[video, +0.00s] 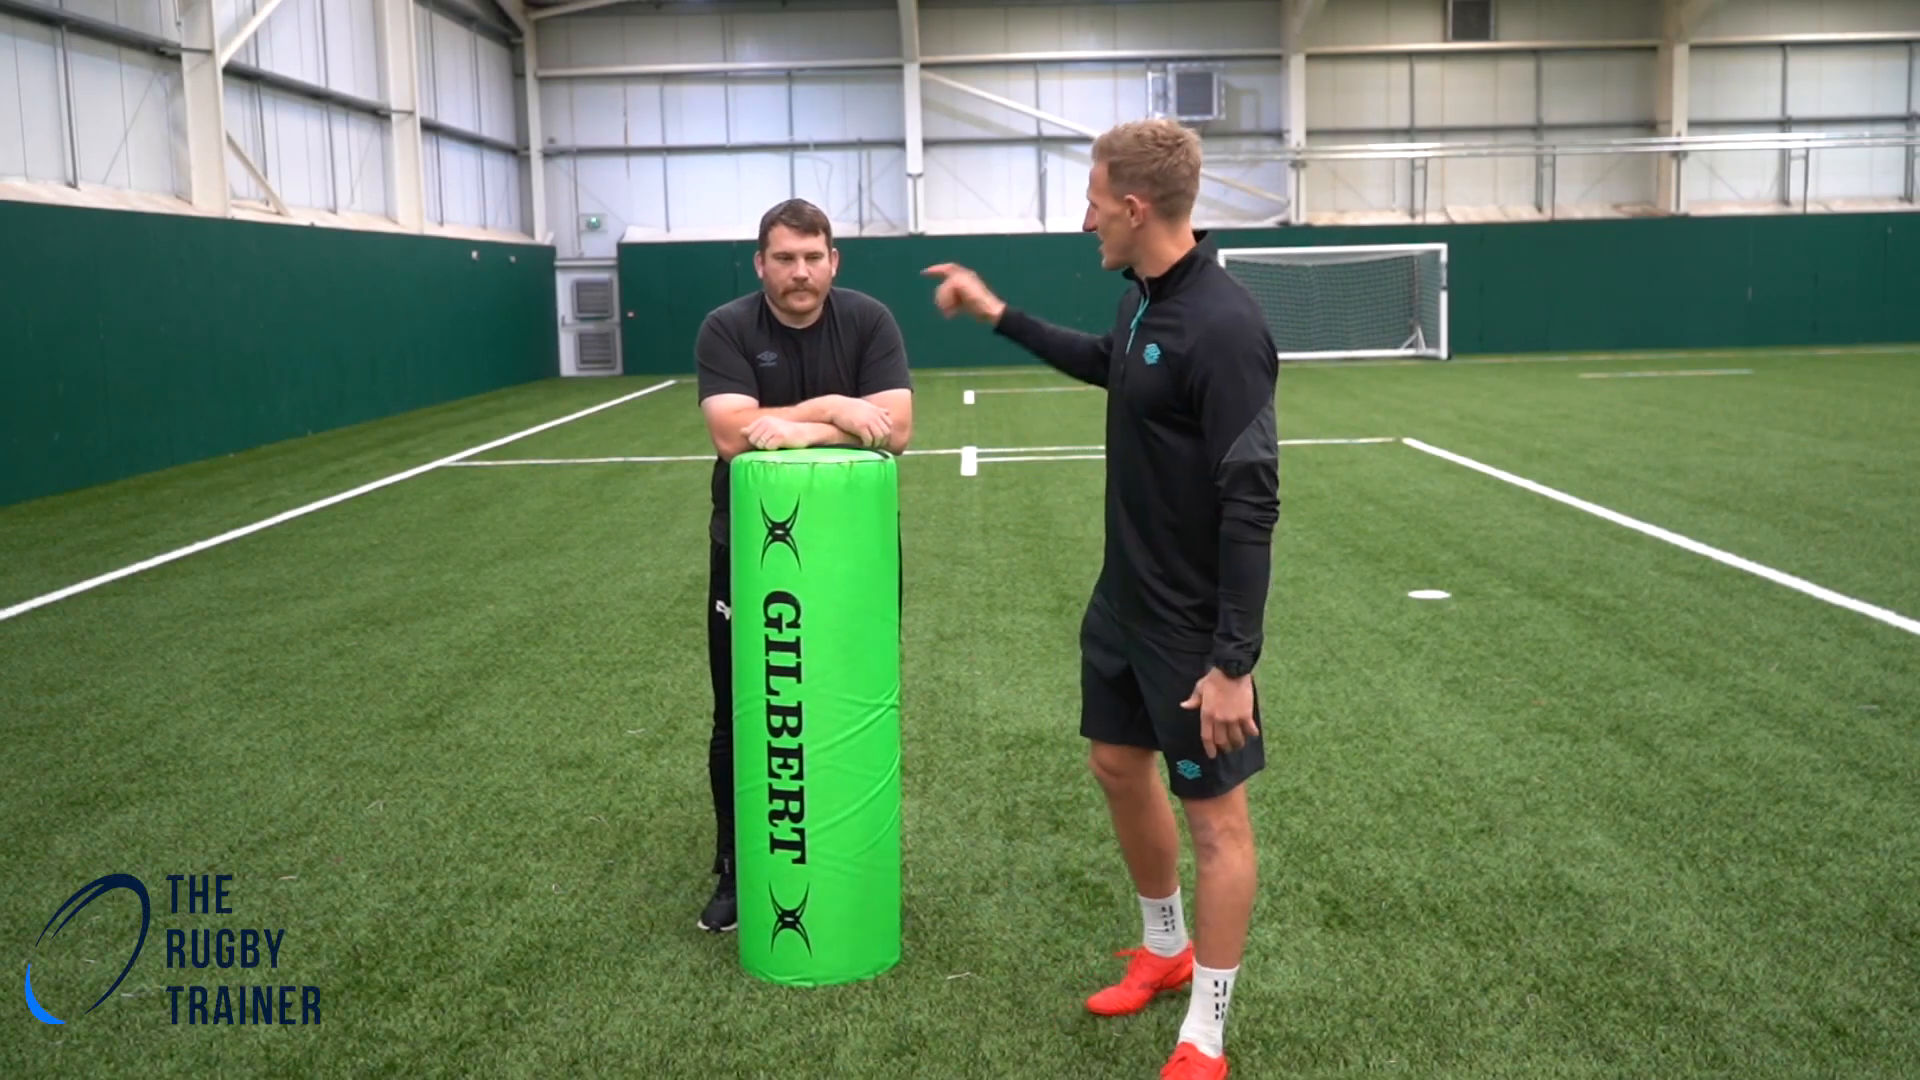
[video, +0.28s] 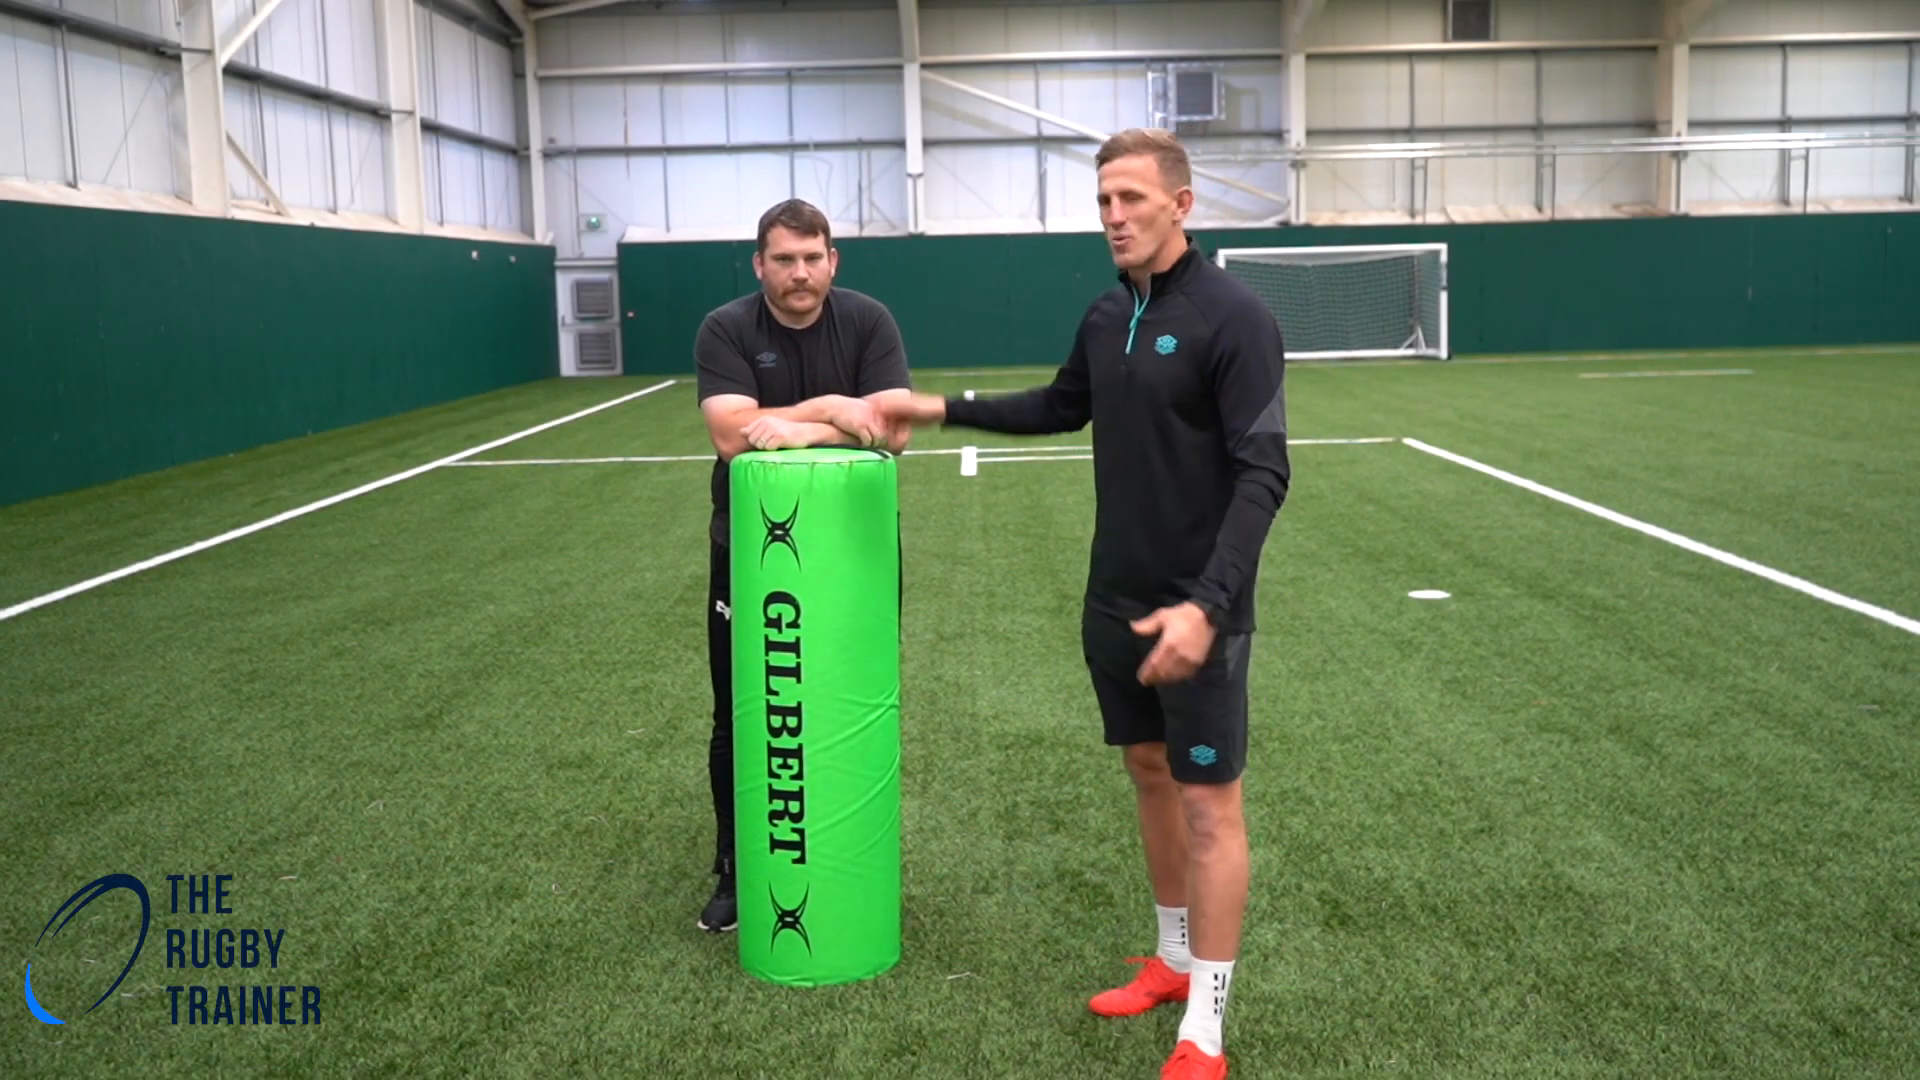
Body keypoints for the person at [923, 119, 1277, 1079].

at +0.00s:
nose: (1087, 220)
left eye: (1095, 204)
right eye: (1089, 201)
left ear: (1140, 209)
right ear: (1147, 207)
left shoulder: (1226, 326)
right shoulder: (1146, 291)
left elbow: (1251, 503)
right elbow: (1113, 367)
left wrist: (1232, 659)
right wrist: (1000, 313)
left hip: (1195, 619)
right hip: (1126, 594)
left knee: (1217, 822)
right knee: (1120, 767)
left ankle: (1206, 1034)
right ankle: (1167, 947)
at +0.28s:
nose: (1112, 216)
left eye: (1130, 199)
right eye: (1104, 200)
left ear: (1181, 205)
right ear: (1104, 211)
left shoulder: (1236, 317)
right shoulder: (1108, 313)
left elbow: (1263, 472)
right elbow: (1062, 406)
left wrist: (1209, 605)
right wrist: (937, 407)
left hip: (1201, 601)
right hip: (1119, 594)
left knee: (1208, 806)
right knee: (1152, 776)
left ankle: (1206, 1030)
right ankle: (1176, 962)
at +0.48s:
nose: (1110, 218)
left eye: (1125, 201)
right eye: (1096, 206)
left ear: (1164, 209)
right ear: (1082, 222)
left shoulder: (1230, 312)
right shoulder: (1078, 332)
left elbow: (1266, 453)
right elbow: (1045, 443)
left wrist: (1175, 549)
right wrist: (1024, 512)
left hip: (1220, 590)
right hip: (1124, 591)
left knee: (1221, 788)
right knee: (1162, 768)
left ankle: (1215, 1012)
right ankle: (1179, 962)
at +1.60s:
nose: (1213, 215)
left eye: (1231, 203)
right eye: (1209, 200)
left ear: (1278, 213)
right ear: (1206, 206)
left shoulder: (1322, 316)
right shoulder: (1178, 303)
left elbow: (1345, 446)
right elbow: (1137, 400)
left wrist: (1299, 561)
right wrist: (1109, 472)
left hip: (1274, 560)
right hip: (1180, 552)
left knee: (1276, 731)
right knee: (1161, 718)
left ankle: (1267, 895)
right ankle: (1153, 916)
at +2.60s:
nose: (1072, 222)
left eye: (1084, 211)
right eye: (1074, 209)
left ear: (1129, 217)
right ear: (1114, 216)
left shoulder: (1205, 304)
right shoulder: (1074, 315)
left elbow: (1232, 431)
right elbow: (1045, 427)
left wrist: (1220, 541)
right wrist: (993, 409)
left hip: (1182, 541)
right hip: (1100, 545)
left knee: (1201, 701)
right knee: (1122, 694)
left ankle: (1237, 879)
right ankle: (1132, 867)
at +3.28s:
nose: (1053, 226)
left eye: (1066, 215)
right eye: (1056, 213)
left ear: (1113, 223)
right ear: (1097, 222)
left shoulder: (1180, 304)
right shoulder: (1053, 320)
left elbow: (1204, 424)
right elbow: (1021, 432)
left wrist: (1098, 463)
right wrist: (1000, 388)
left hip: (1163, 547)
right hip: (1081, 547)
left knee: (1190, 709)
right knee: (1111, 694)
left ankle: (1219, 897)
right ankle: (1132, 867)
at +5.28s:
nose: (1071, 228)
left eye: (1084, 217)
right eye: (1072, 214)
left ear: (1131, 224)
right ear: (1100, 221)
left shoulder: (1192, 306)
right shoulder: (1063, 316)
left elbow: (1207, 423)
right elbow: (1026, 438)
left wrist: (1094, 412)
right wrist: (1024, 407)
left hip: (1173, 543)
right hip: (1089, 543)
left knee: (1199, 706)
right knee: (1112, 695)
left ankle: (1225, 895)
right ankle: (1134, 865)